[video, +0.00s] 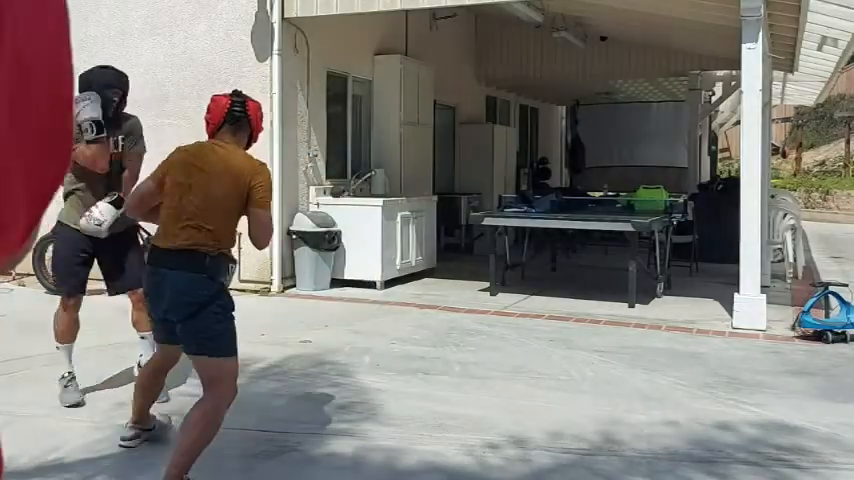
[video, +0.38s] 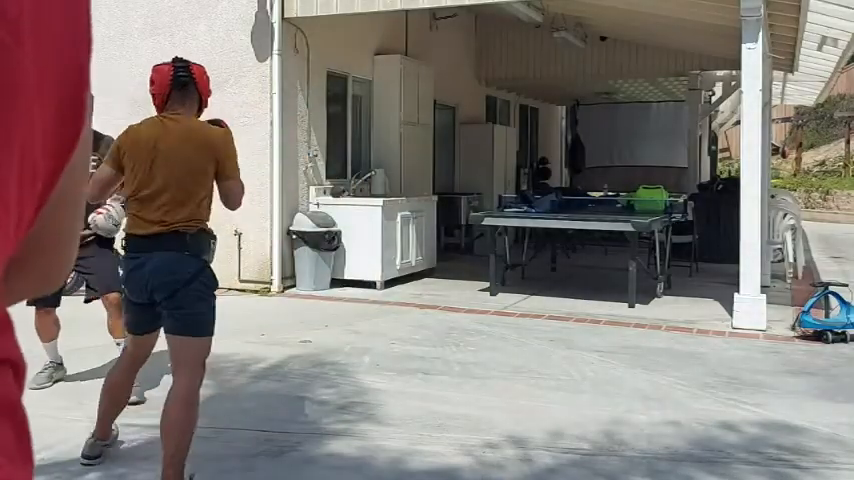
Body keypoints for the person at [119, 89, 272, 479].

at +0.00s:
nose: (255, 135)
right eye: (255, 129)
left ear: (211, 125)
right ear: (251, 130)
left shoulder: (181, 155)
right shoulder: (254, 170)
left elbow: (134, 204)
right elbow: (261, 238)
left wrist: (171, 217)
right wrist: (251, 201)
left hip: (158, 272)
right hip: (201, 280)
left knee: (166, 352)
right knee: (220, 389)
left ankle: (139, 422)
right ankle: (174, 473)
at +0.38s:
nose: (205, 101)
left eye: (200, 96)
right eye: (204, 96)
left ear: (157, 96)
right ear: (200, 96)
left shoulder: (132, 136)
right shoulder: (215, 138)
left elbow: (94, 192)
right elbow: (233, 200)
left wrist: (126, 170)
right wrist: (222, 140)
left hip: (136, 259)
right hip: (186, 261)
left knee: (132, 353)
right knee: (187, 378)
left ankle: (99, 436)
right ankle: (172, 474)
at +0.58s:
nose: (165, 107)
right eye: (162, 101)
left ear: (118, 106)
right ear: (160, 104)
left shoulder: (98, 148)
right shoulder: (182, 140)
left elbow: (73, 202)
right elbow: (219, 192)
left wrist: (105, 172)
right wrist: (191, 160)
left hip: (116, 263)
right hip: (166, 260)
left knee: (117, 341)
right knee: (191, 365)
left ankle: (87, 426)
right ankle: (184, 466)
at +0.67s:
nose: (138, 114)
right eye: (136, 108)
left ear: (94, 117)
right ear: (135, 113)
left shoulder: (85, 157)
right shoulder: (164, 144)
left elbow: (69, 222)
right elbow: (219, 167)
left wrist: (98, 195)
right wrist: (183, 150)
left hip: (114, 269)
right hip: (165, 263)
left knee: (109, 345)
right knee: (191, 365)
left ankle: (83, 425)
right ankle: (195, 456)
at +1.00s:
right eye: (98, 112)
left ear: (73, 124)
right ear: (99, 115)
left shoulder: (72, 161)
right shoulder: (136, 139)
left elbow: (66, 231)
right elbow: (174, 152)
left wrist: (81, 217)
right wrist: (137, 162)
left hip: (119, 247)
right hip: (167, 242)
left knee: (102, 337)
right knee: (191, 344)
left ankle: (83, 426)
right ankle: (226, 421)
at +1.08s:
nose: (90, 125)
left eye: (89, 118)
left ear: (89, 113)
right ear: (121, 106)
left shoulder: (87, 144)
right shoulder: (154, 130)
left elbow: (72, 213)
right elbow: (180, 165)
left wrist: (93, 191)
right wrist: (140, 165)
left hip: (121, 249)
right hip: (172, 244)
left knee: (107, 336)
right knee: (199, 346)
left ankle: (83, 426)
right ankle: (223, 433)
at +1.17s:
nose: (96, 113)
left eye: (97, 106)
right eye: (98, 107)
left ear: (100, 105)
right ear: (139, 98)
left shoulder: (95, 139)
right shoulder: (170, 130)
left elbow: (81, 202)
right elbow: (174, 175)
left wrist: (111, 172)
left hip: (128, 251)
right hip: (178, 248)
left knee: (110, 337)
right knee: (200, 351)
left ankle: (83, 424)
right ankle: (215, 444)